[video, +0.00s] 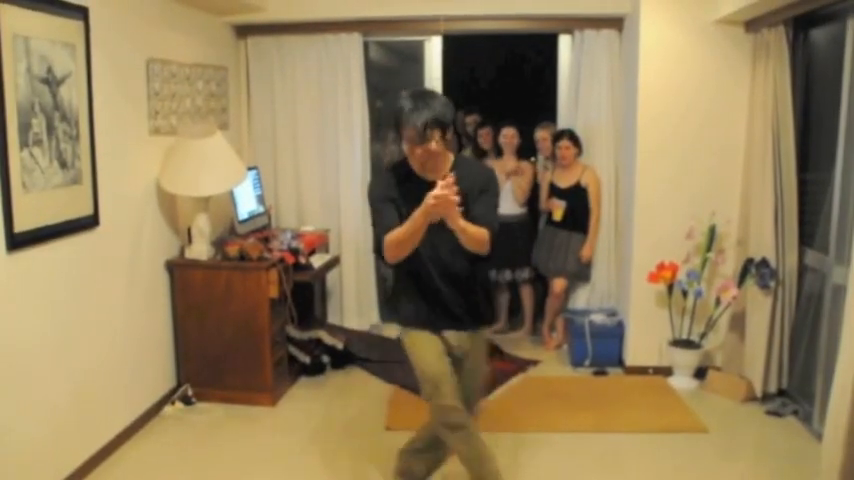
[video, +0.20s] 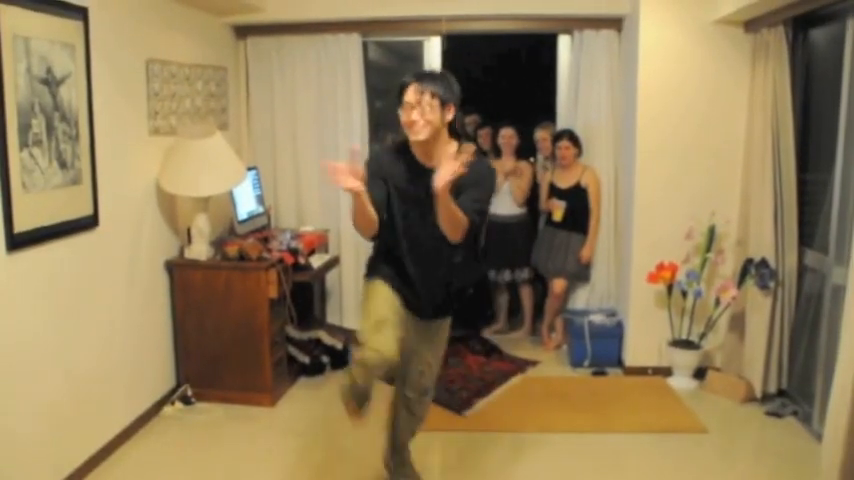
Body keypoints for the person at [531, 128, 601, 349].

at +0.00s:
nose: (563, 152)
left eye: (568, 147)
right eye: (559, 148)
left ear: (577, 150)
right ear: (554, 151)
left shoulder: (588, 175)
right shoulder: (549, 176)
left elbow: (594, 211)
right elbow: (541, 205)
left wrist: (589, 243)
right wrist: (550, 205)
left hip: (575, 234)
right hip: (552, 232)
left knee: (559, 286)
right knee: (555, 288)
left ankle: (546, 326)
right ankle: (560, 331)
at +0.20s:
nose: (563, 153)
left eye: (567, 148)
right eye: (559, 148)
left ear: (577, 150)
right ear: (554, 152)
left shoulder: (588, 175)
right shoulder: (549, 176)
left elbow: (594, 212)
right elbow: (542, 205)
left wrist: (589, 244)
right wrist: (550, 205)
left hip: (575, 235)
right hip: (552, 232)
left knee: (559, 287)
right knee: (555, 288)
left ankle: (546, 325)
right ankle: (559, 331)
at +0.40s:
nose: (562, 153)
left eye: (567, 148)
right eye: (559, 148)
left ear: (577, 150)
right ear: (554, 152)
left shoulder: (588, 176)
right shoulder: (549, 175)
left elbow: (594, 212)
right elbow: (541, 204)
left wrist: (589, 244)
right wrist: (550, 205)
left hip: (574, 235)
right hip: (552, 232)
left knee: (558, 287)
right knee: (554, 288)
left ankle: (545, 326)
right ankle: (559, 331)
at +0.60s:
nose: (562, 153)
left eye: (567, 149)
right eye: (558, 149)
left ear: (576, 151)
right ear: (553, 152)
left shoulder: (586, 175)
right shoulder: (547, 176)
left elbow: (596, 210)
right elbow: (540, 205)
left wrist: (584, 238)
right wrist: (549, 206)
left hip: (573, 235)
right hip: (551, 232)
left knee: (558, 287)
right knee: (553, 288)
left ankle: (544, 326)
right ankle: (558, 331)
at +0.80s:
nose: (561, 154)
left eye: (566, 149)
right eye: (558, 149)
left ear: (576, 151)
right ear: (552, 152)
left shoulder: (586, 175)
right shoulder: (547, 176)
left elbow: (597, 208)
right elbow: (540, 204)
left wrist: (576, 220)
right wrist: (548, 206)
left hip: (573, 233)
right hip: (550, 231)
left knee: (557, 287)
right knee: (552, 287)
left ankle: (544, 326)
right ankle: (557, 330)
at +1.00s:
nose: (564, 159)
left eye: (568, 154)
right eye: (560, 154)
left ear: (575, 153)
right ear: (553, 155)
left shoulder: (585, 174)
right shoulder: (546, 177)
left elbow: (597, 207)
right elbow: (538, 206)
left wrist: (570, 209)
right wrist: (550, 211)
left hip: (574, 235)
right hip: (550, 233)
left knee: (555, 286)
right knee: (553, 286)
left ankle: (543, 330)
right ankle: (556, 332)